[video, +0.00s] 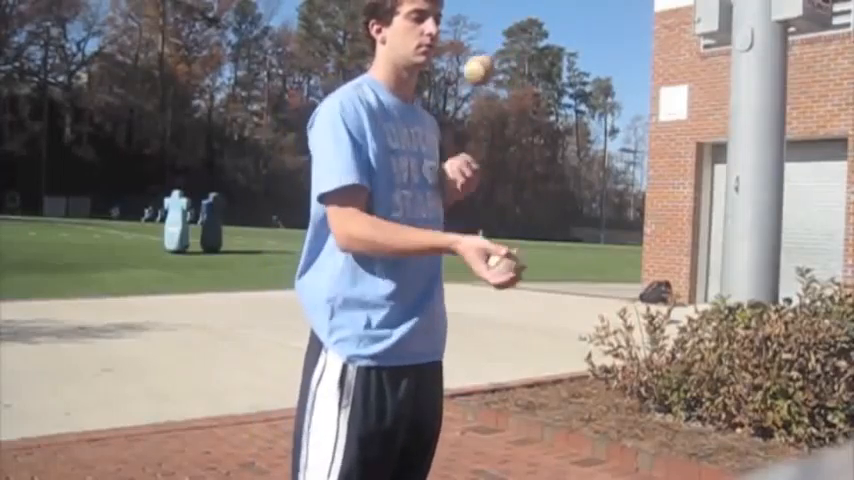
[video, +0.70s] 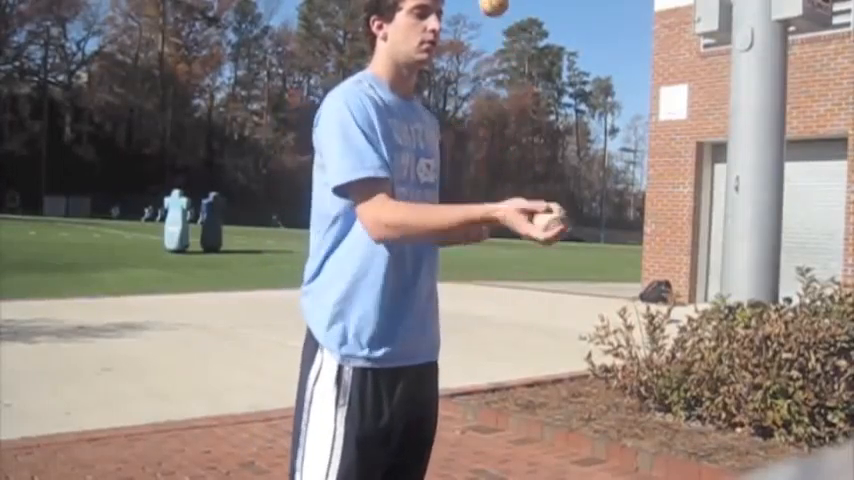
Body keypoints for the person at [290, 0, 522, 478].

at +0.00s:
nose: (433, 30)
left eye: (436, 20)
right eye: (417, 17)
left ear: (439, 30)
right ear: (378, 29)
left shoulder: (426, 123)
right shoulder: (344, 109)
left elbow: (418, 212)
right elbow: (349, 229)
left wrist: (448, 187)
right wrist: (456, 243)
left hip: (421, 355)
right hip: (355, 356)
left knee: (407, 471)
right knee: (335, 471)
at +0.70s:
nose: (435, 26)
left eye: (439, 16)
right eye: (421, 13)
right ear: (380, 26)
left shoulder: (426, 119)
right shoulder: (349, 103)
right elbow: (382, 220)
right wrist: (495, 212)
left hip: (415, 349)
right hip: (350, 351)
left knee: (403, 470)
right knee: (334, 471)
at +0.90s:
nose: (436, 23)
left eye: (439, 13)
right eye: (421, 10)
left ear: (441, 27)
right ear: (381, 23)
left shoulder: (437, 125)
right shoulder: (338, 100)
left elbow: (437, 235)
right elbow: (339, 217)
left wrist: (468, 287)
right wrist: (443, 170)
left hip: (418, 354)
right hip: (350, 353)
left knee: (405, 471)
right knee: (337, 471)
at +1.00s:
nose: (438, 23)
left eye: (440, 13)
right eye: (422, 11)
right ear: (382, 24)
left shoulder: (440, 124)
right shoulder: (337, 102)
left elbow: (434, 230)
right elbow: (301, 215)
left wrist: (475, 235)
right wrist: (408, 192)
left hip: (419, 354)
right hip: (349, 354)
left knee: (407, 471)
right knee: (339, 471)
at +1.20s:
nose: (437, 19)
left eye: (440, 10)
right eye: (422, 8)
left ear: (441, 24)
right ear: (382, 22)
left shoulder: (424, 116)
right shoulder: (347, 105)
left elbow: (421, 213)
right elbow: (310, 221)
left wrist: (464, 164)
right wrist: (412, 273)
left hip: (419, 355)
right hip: (356, 359)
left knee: (405, 472)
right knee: (338, 473)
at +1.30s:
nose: (438, 16)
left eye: (439, 7)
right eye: (421, 6)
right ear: (382, 22)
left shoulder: (414, 110)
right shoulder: (356, 105)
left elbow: (407, 203)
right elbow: (348, 230)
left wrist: (458, 178)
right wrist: (457, 280)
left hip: (418, 355)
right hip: (359, 358)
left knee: (406, 471)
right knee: (337, 471)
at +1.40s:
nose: (437, 14)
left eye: (439, 6)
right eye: (422, 5)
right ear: (382, 22)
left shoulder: (413, 109)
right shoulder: (361, 102)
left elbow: (409, 214)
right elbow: (392, 226)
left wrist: (458, 204)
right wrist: (508, 241)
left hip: (416, 351)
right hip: (361, 354)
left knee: (403, 471)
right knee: (344, 471)